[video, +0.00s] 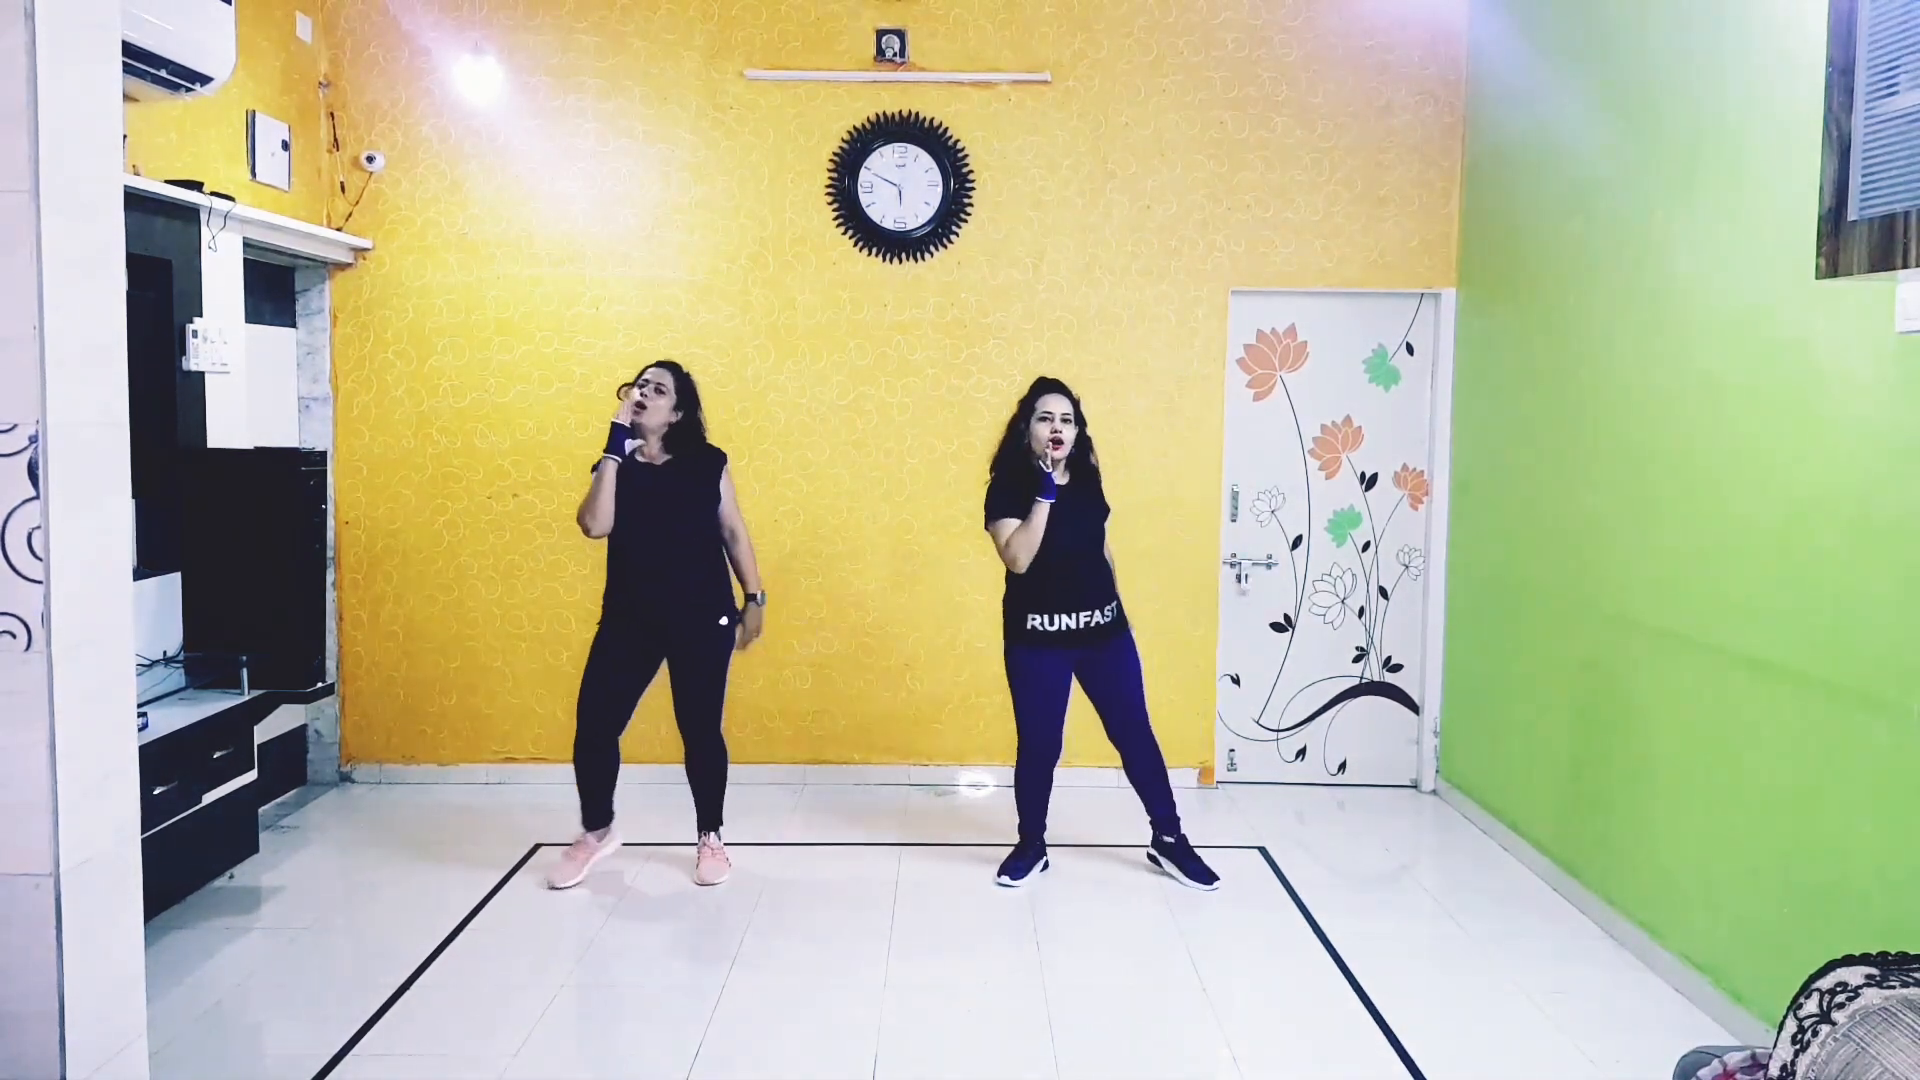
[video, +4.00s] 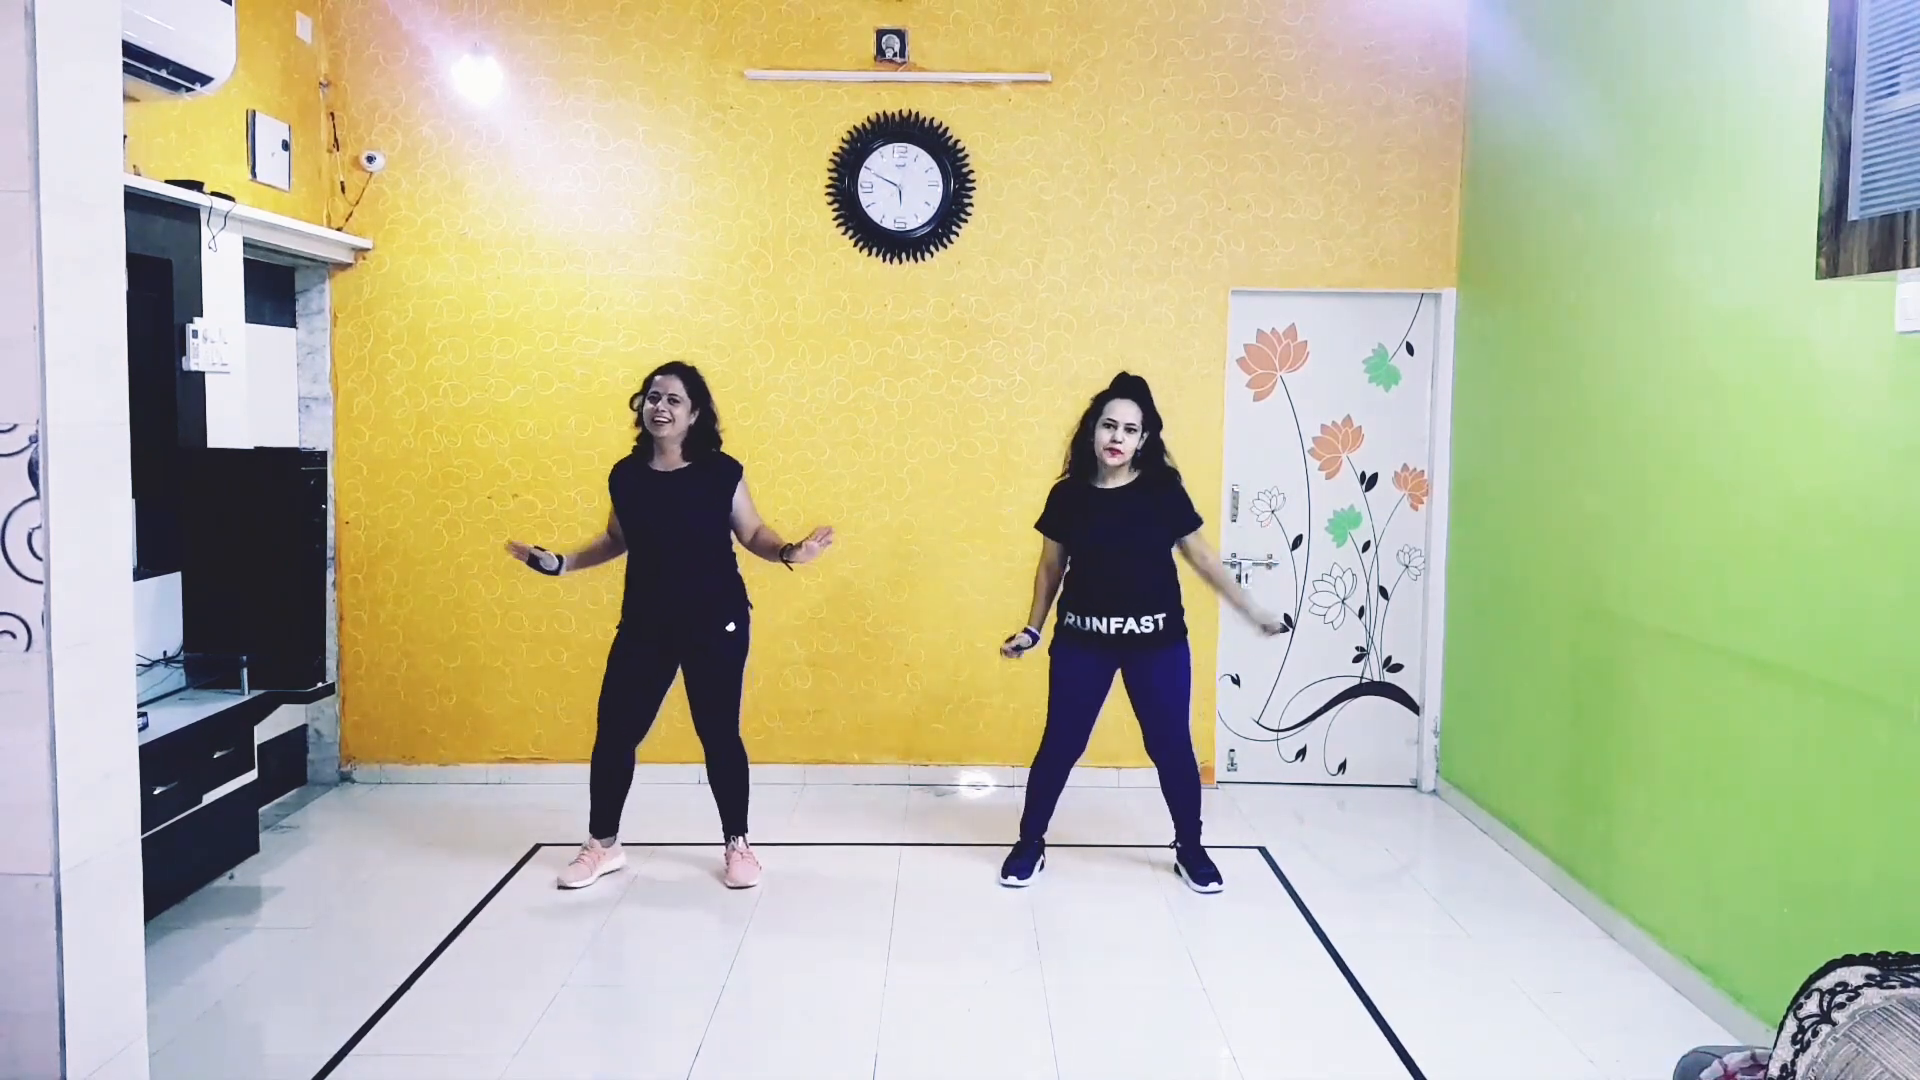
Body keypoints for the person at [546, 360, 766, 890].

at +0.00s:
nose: (642, 394)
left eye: (657, 390)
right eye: (639, 386)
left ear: (680, 412)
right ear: (628, 399)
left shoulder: (708, 463)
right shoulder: (612, 466)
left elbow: (733, 530)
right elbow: (596, 525)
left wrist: (754, 597)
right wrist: (614, 448)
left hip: (700, 618)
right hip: (631, 617)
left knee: (701, 728)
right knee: (594, 724)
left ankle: (710, 836)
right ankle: (596, 830)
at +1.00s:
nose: (648, 406)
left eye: (662, 402)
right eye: (642, 397)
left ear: (680, 420)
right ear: (627, 406)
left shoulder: (702, 475)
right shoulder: (605, 472)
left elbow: (726, 543)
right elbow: (601, 534)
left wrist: (752, 602)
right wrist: (622, 464)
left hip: (705, 629)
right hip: (639, 631)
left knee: (708, 737)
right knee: (625, 743)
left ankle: (714, 844)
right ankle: (617, 847)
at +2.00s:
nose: (610, 404)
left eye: (623, 399)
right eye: (602, 394)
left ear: (636, 413)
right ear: (581, 402)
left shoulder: (655, 471)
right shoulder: (555, 471)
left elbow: (672, 534)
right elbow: (536, 533)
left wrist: (683, 525)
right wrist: (490, 534)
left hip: (633, 625)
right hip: (565, 624)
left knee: (643, 732)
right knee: (570, 734)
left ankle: (670, 838)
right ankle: (574, 843)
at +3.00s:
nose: (613, 407)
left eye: (626, 402)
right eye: (606, 398)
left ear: (645, 416)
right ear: (590, 407)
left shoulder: (671, 472)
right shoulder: (570, 478)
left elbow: (697, 538)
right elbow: (551, 550)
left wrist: (708, 550)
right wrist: (490, 564)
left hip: (645, 628)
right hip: (575, 628)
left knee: (664, 736)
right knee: (579, 736)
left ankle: (700, 840)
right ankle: (580, 844)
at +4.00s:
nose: (657, 405)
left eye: (671, 399)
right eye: (652, 397)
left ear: (696, 413)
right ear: (642, 408)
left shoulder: (723, 474)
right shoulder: (627, 475)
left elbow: (754, 532)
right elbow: (617, 538)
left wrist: (788, 551)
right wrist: (562, 562)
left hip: (715, 623)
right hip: (647, 623)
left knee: (719, 733)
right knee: (614, 731)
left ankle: (737, 845)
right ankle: (602, 845)